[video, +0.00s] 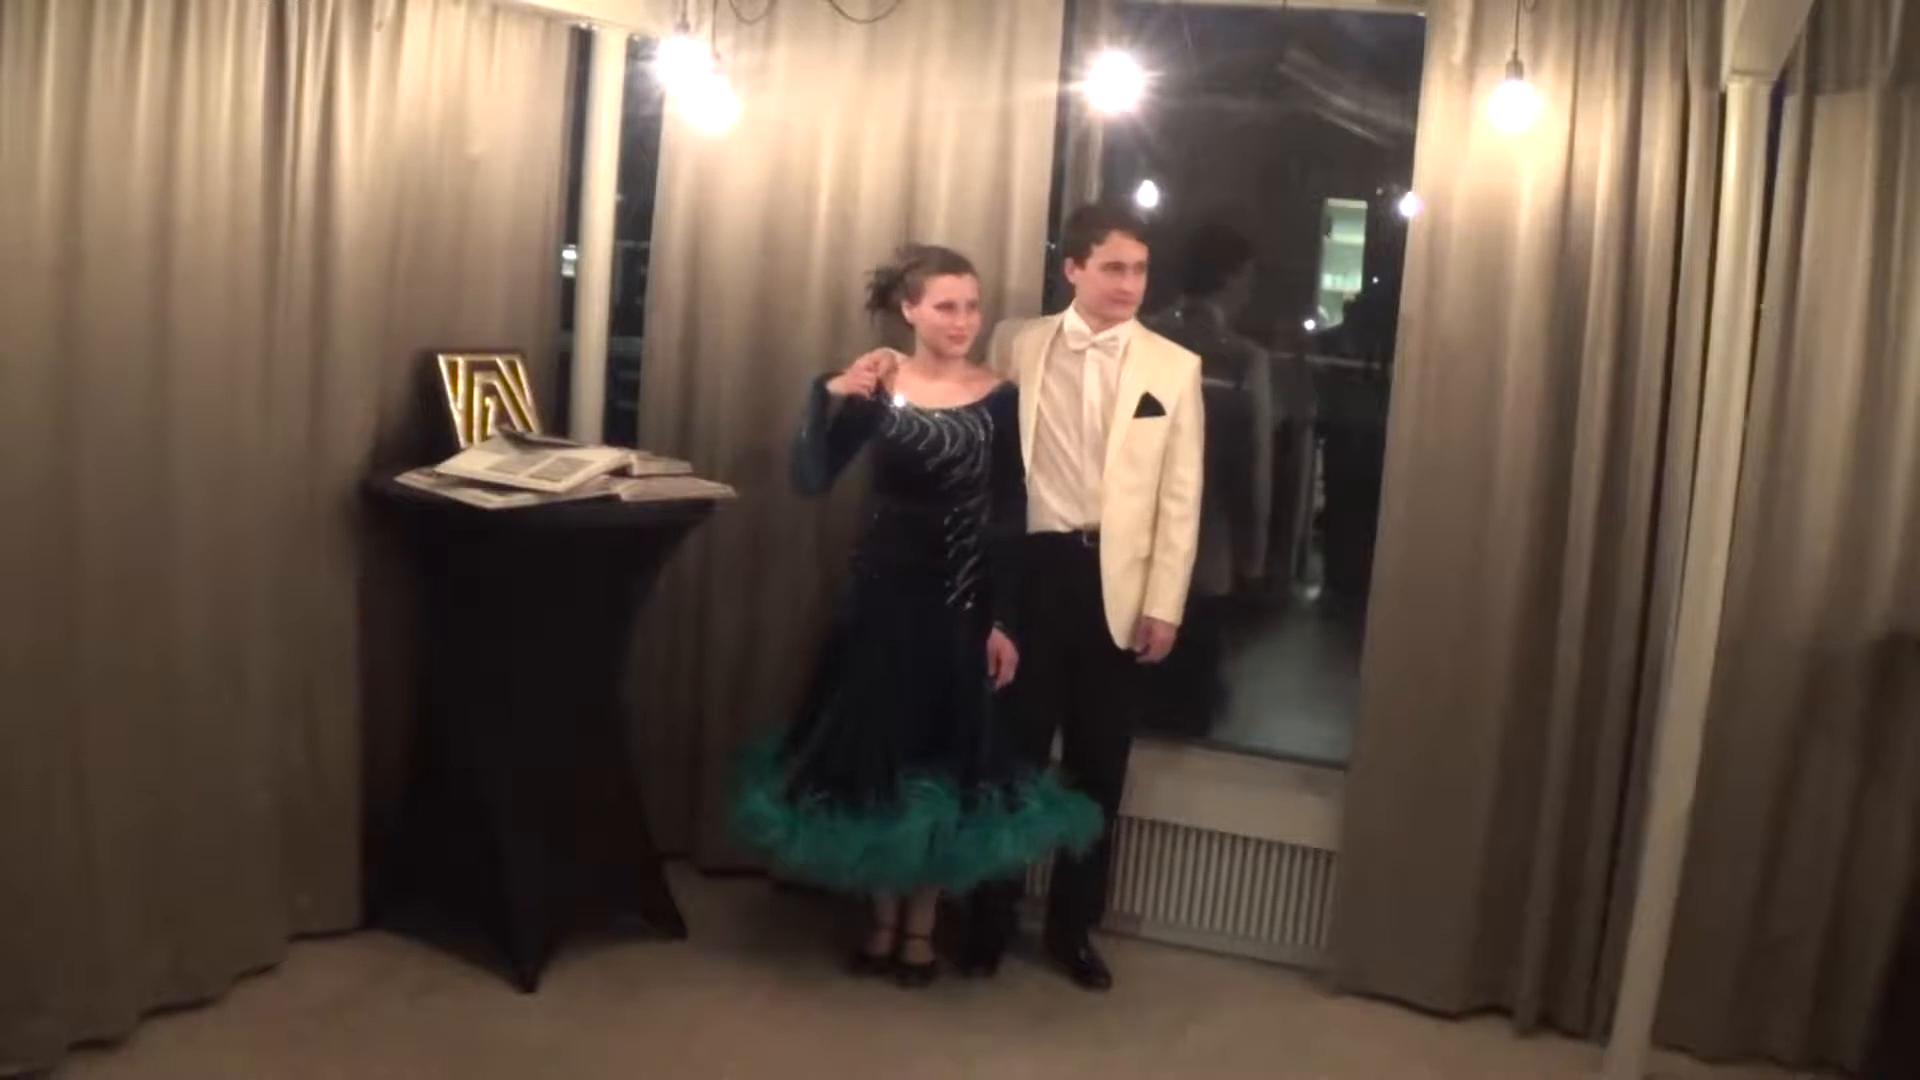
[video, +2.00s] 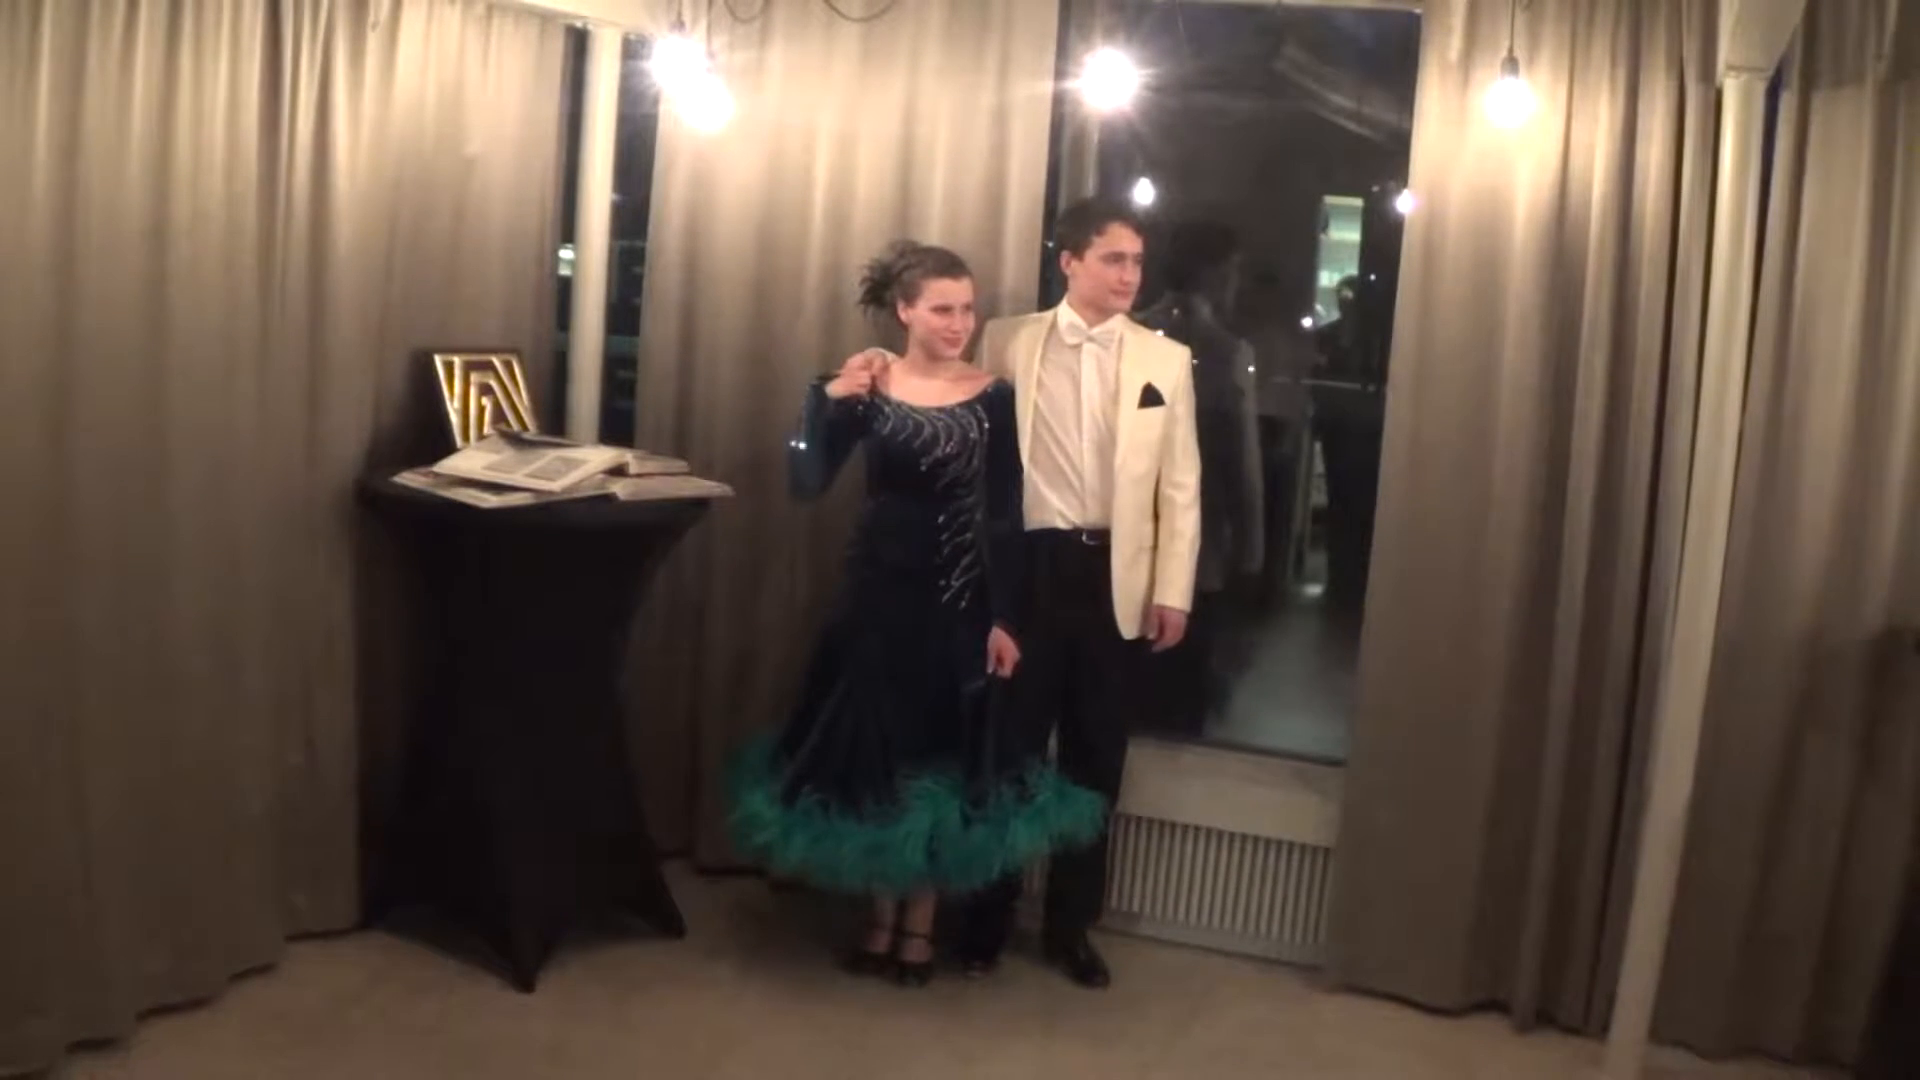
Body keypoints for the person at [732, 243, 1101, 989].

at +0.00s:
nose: (961, 321)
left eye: (971, 307)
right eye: (944, 307)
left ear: (984, 313)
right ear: (906, 312)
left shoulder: (997, 398)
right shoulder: (880, 387)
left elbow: (1008, 515)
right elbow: (812, 477)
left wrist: (1003, 620)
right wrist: (835, 394)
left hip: (962, 599)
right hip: (888, 592)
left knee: (943, 753)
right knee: (883, 748)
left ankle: (923, 914)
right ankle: (881, 910)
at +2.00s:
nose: (957, 323)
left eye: (966, 309)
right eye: (941, 309)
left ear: (979, 315)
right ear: (902, 312)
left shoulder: (992, 398)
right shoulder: (871, 385)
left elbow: (1005, 515)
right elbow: (808, 480)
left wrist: (1005, 617)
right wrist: (832, 396)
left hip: (960, 595)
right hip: (883, 588)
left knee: (940, 749)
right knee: (880, 744)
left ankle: (922, 908)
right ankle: (880, 905)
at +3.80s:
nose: (937, 354)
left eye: (941, 334)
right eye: (917, 346)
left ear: (953, 322)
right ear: (888, 351)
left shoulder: (992, 407)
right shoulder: (875, 408)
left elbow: (1011, 519)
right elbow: (809, 494)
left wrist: (972, 520)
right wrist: (825, 416)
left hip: (964, 610)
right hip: (889, 603)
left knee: (936, 759)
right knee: (869, 755)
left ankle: (915, 920)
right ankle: (872, 951)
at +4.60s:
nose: (933, 323)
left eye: (940, 309)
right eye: (915, 309)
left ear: (948, 317)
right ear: (869, 317)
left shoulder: (968, 407)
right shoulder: (837, 393)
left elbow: (991, 525)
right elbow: (747, 479)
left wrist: (1055, 607)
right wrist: (788, 400)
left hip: (933, 617)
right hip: (850, 611)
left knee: (917, 793)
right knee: (848, 785)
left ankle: (883, 985)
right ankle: (878, 954)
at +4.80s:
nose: (942, 324)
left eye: (948, 310)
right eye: (924, 308)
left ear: (953, 320)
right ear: (872, 316)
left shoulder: (962, 412)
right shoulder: (827, 400)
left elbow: (1005, 532)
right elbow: (726, 471)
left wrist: (1105, 551)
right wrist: (782, 389)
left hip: (924, 626)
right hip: (842, 620)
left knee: (905, 799)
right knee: (846, 790)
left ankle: (870, 985)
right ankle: (872, 965)